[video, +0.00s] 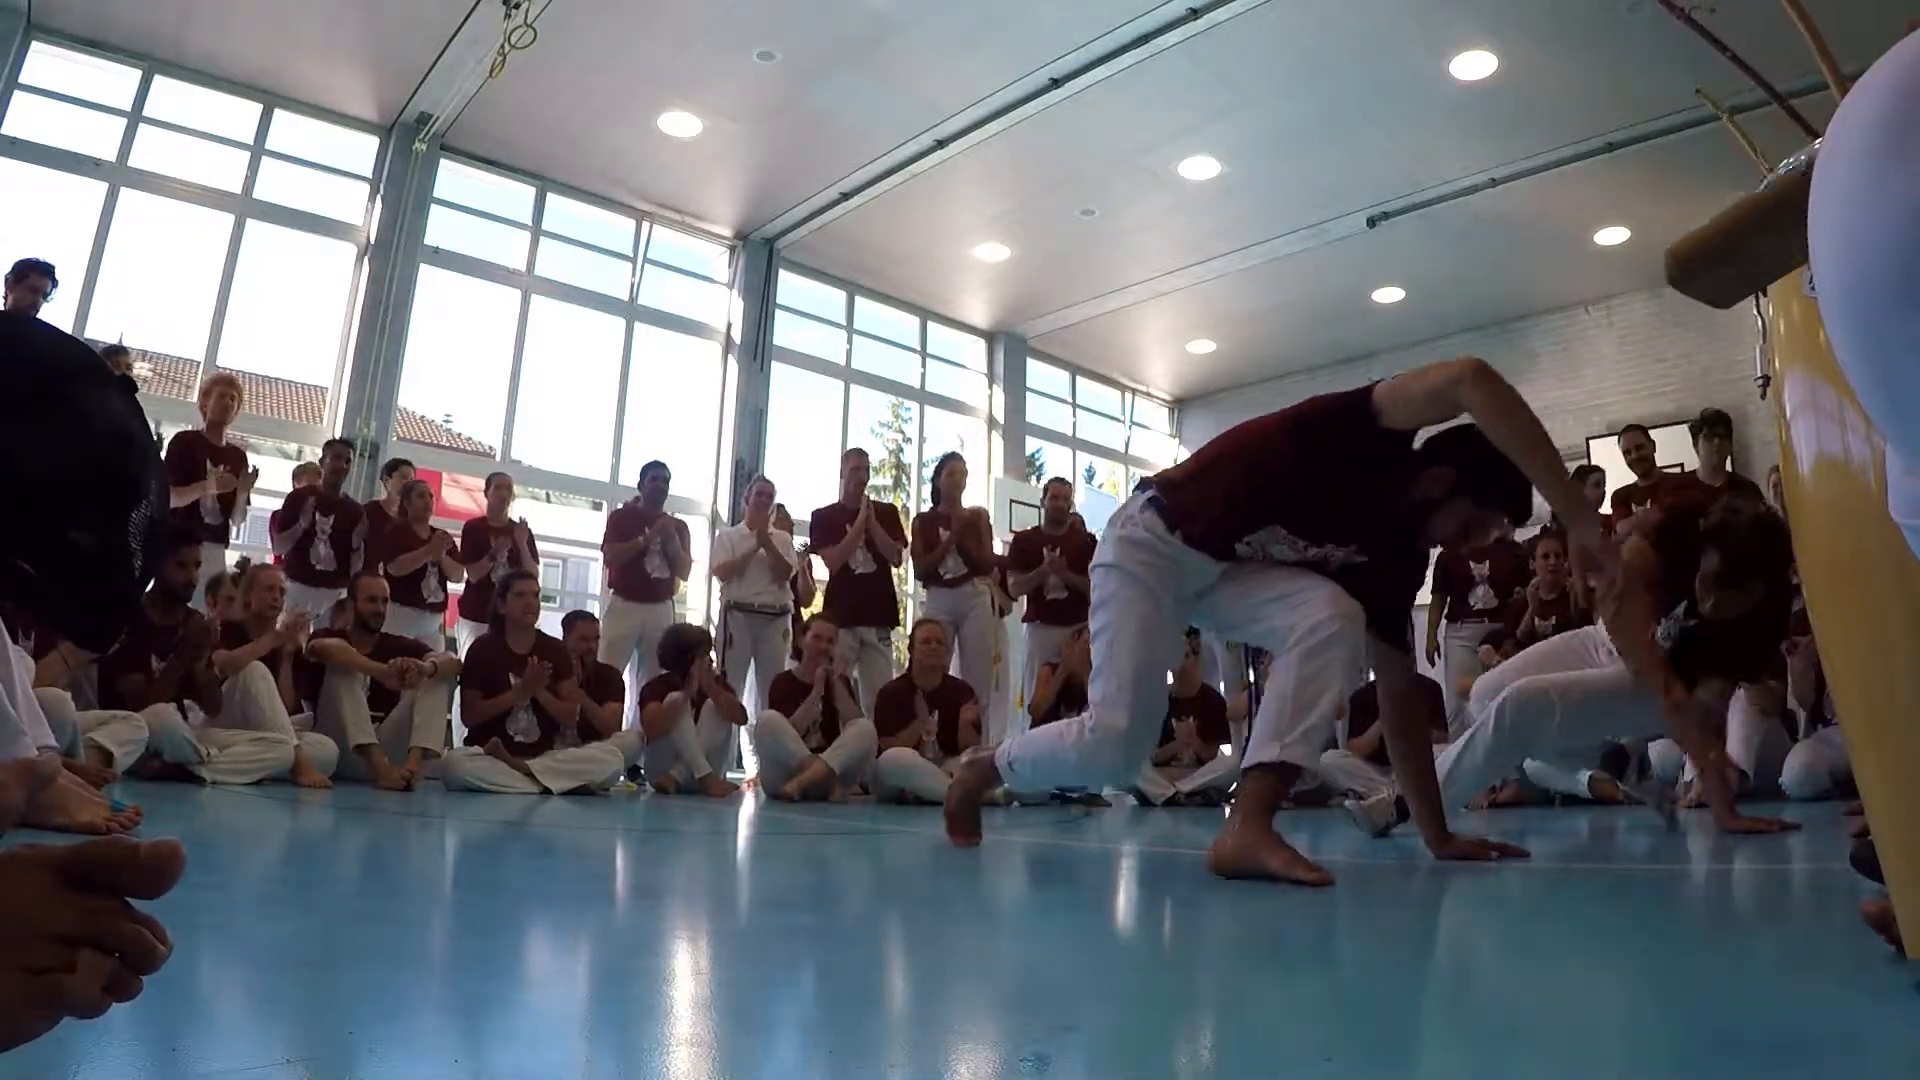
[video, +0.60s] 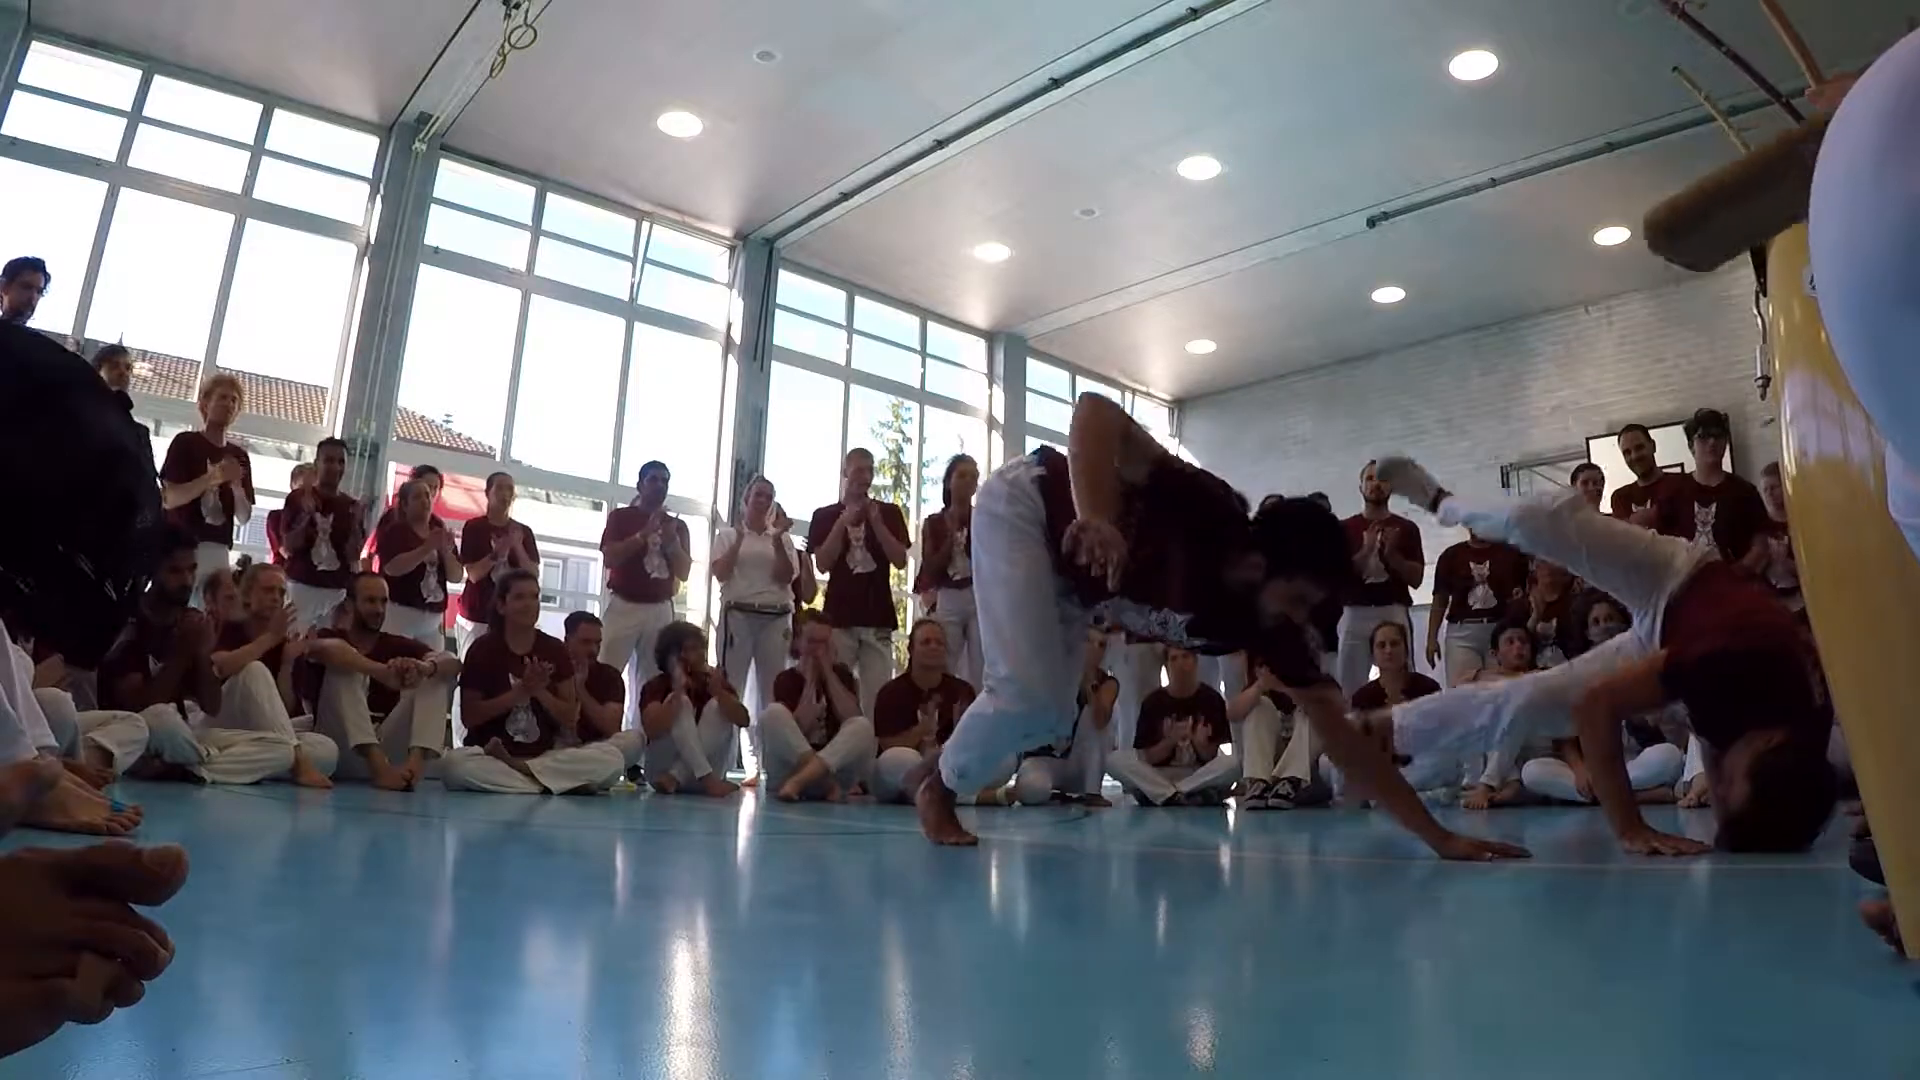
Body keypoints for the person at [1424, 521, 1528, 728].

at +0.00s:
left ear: (1502, 517)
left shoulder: (1512, 551)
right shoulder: (1451, 553)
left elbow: (1525, 590)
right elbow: (1438, 597)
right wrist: (1431, 635)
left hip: (1502, 632)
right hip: (1461, 633)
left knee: (1502, 696)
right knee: (1457, 701)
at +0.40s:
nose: (1476, 520)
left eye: (1480, 514)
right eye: (1469, 516)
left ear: (1489, 517)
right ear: (1462, 522)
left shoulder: (1511, 550)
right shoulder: (1450, 555)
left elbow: (1525, 590)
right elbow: (1439, 601)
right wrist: (1432, 638)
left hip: (1506, 629)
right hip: (1463, 634)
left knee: (1516, 693)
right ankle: (1461, 760)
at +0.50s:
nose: (1475, 520)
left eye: (1479, 514)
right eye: (1469, 516)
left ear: (1489, 516)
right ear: (1462, 521)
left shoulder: (1504, 549)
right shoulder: (1451, 554)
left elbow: (1519, 587)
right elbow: (1440, 598)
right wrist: (1431, 637)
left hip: (1498, 627)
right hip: (1461, 629)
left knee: (1501, 691)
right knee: (1464, 695)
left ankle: (1500, 750)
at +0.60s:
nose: (1480, 524)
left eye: (1486, 519)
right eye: (1475, 519)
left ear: (1498, 521)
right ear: (1467, 523)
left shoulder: (1513, 555)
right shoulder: (1451, 556)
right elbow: (1440, 601)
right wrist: (1432, 638)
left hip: (1503, 635)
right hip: (1461, 635)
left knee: (1502, 698)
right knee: (1462, 699)